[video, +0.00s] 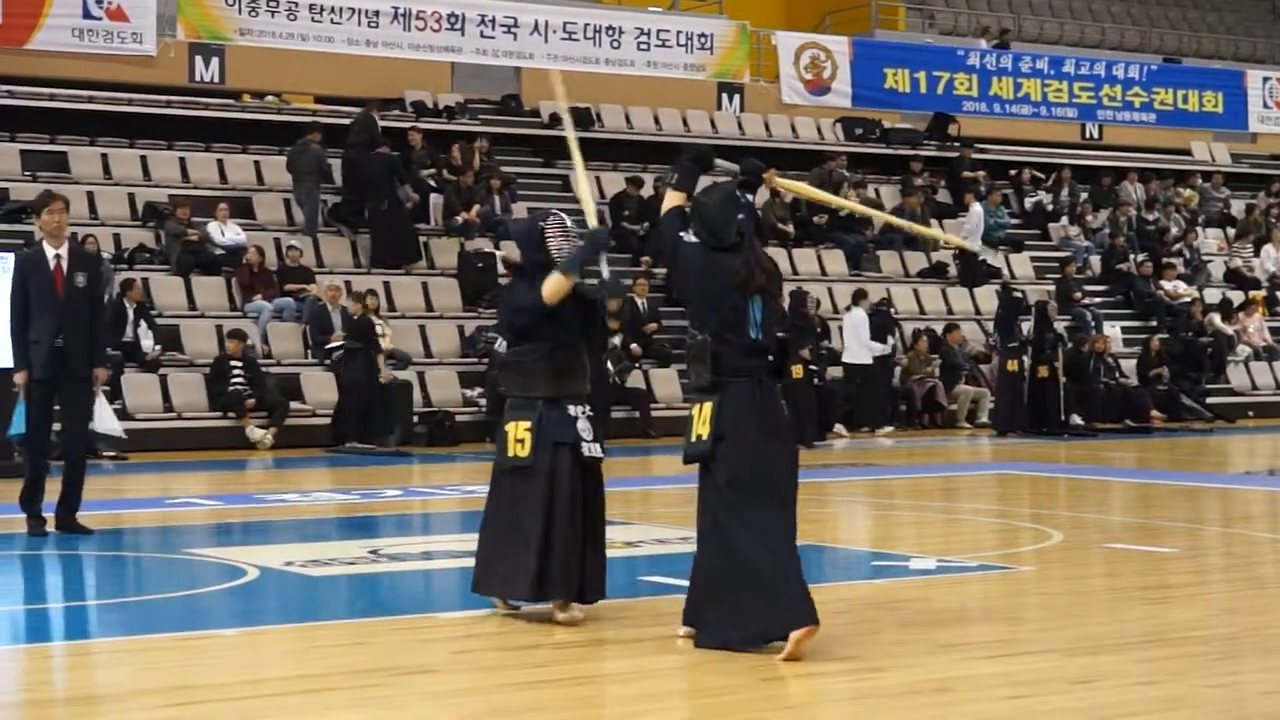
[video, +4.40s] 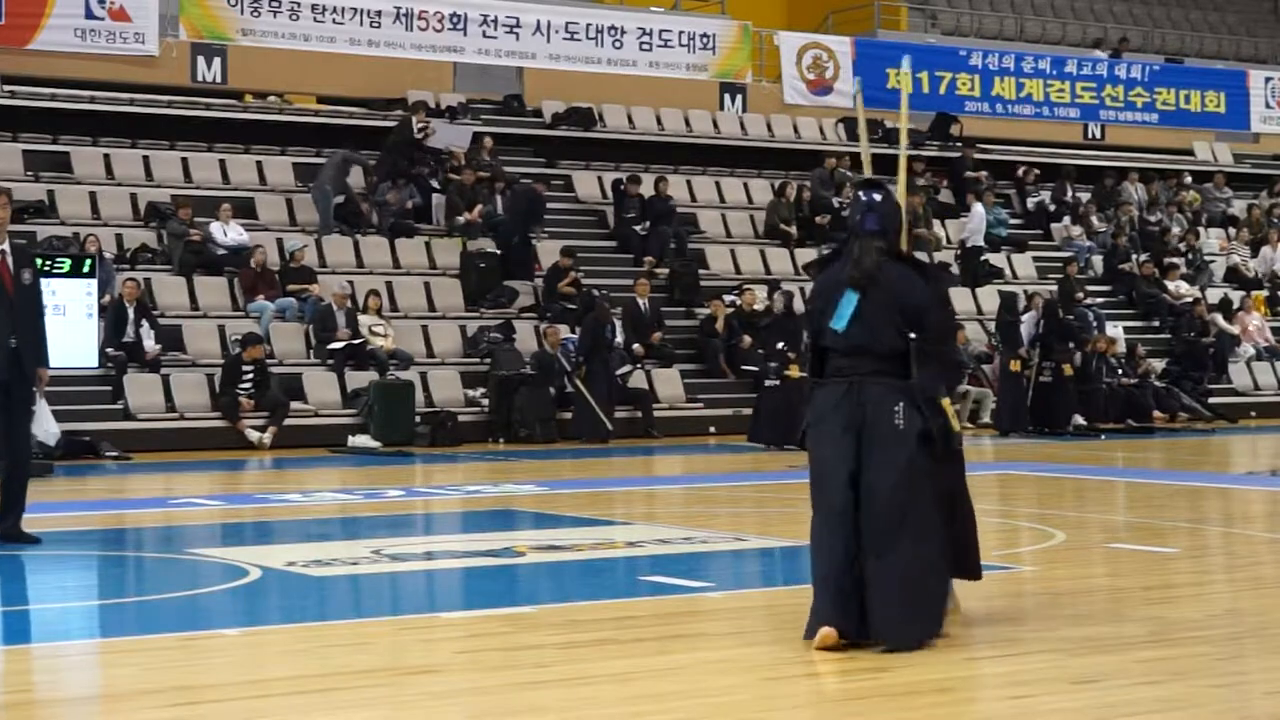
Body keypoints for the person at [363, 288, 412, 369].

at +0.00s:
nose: (373, 302)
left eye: (375, 299)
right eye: (370, 299)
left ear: (378, 301)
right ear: (365, 301)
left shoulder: (381, 318)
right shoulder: (363, 318)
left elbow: (388, 332)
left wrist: (386, 344)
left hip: (385, 347)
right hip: (372, 349)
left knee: (406, 358)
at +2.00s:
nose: (374, 302)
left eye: (376, 300)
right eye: (371, 299)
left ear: (379, 302)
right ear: (365, 301)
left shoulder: (382, 319)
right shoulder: (358, 319)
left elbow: (388, 333)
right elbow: (362, 337)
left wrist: (387, 344)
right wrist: (377, 345)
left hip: (384, 346)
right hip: (370, 347)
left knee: (406, 358)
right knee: (381, 359)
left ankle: (393, 378)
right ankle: (381, 381)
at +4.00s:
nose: (376, 302)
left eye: (378, 299)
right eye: (373, 299)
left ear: (381, 302)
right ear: (366, 301)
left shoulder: (384, 318)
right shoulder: (360, 318)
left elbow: (390, 332)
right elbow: (364, 336)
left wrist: (388, 344)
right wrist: (379, 345)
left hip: (386, 345)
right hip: (372, 346)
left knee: (408, 357)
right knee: (383, 359)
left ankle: (396, 379)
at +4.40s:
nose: (376, 302)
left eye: (378, 299)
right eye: (373, 299)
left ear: (380, 302)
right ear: (366, 300)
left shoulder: (383, 318)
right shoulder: (360, 318)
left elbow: (390, 332)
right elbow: (365, 336)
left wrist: (388, 344)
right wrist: (380, 344)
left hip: (387, 346)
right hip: (373, 346)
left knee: (408, 358)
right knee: (383, 359)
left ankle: (396, 377)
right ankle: (384, 380)